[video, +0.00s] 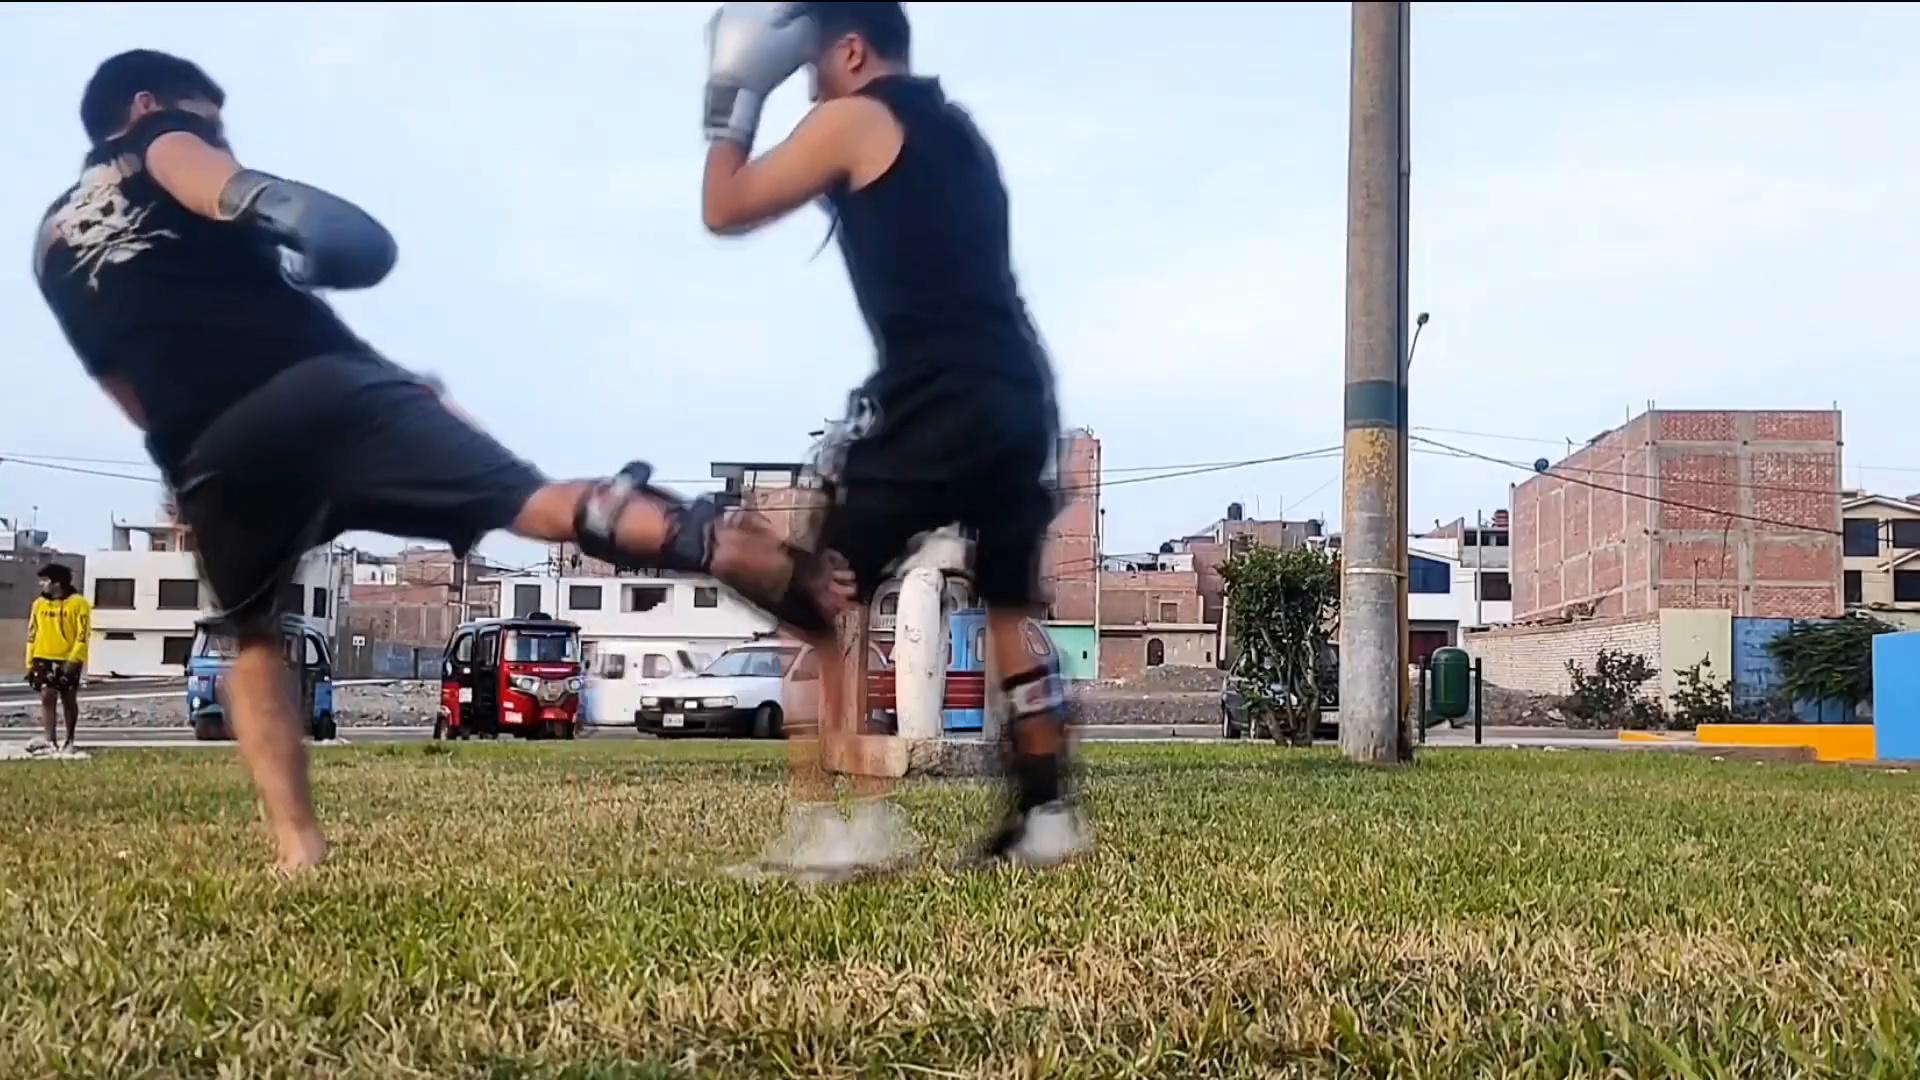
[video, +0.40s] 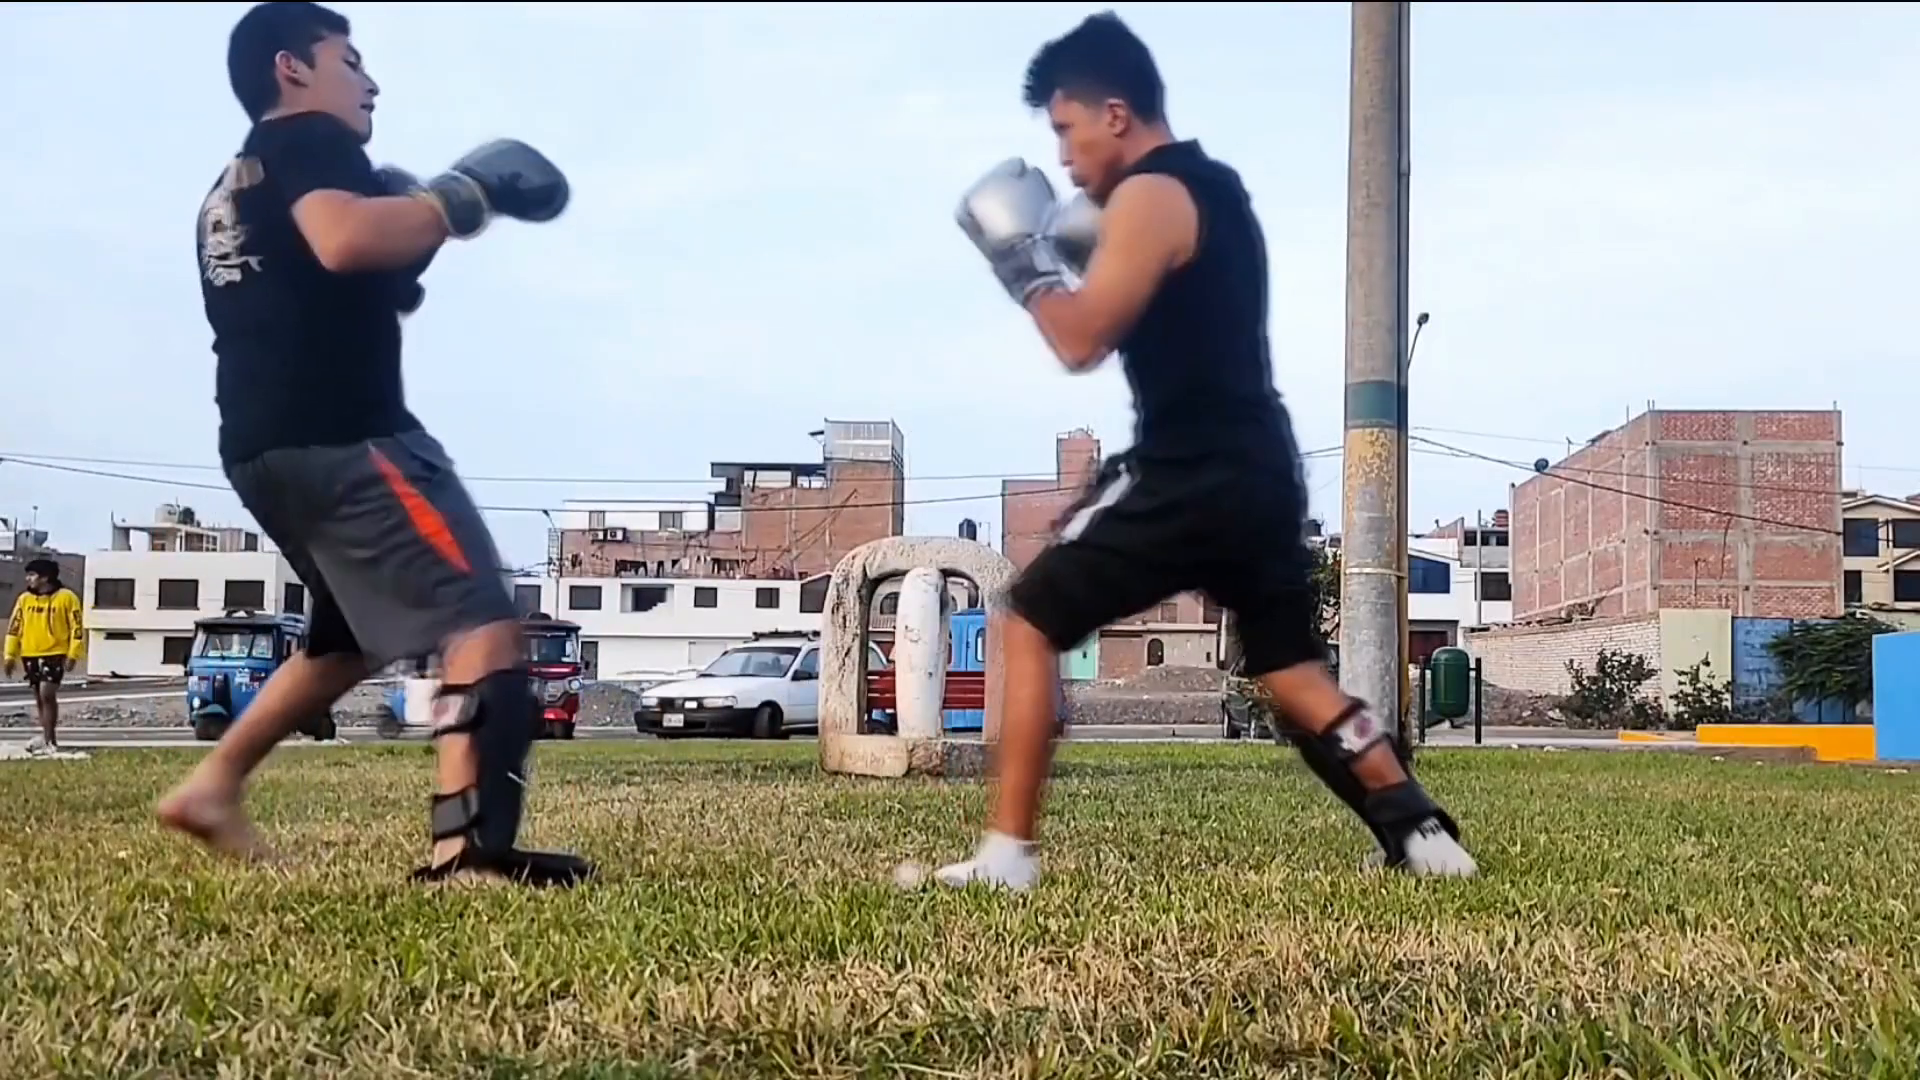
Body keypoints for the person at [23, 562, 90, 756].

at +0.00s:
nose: (42, 584)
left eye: (46, 581)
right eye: (42, 581)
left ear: (58, 583)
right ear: (53, 583)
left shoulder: (78, 604)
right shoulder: (39, 604)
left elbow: (82, 636)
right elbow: (32, 635)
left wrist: (74, 661)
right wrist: (30, 663)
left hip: (68, 659)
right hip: (44, 658)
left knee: (68, 700)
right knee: (47, 698)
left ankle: (69, 739)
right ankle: (49, 739)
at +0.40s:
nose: (28, 579)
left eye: (32, 575)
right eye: (28, 575)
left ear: (46, 577)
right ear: (34, 578)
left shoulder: (67, 598)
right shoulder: (24, 599)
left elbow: (77, 629)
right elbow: (14, 628)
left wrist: (73, 654)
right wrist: (9, 655)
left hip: (55, 652)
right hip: (31, 653)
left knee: (47, 694)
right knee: (39, 697)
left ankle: (49, 739)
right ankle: (48, 738)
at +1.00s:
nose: (4, 574)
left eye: (8, 571)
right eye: (4, 570)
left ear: (22, 572)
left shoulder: (44, 592)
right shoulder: (3, 591)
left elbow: (52, 625)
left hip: (32, 655)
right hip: (5, 653)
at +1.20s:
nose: (1, 576)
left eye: (3, 571)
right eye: (1, 571)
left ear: (10, 571)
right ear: (8, 571)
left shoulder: (29, 591)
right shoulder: (4, 592)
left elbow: (35, 627)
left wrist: (21, 655)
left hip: (18, 653)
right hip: (4, 652)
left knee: (21, 695)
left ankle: (29, 730)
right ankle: (3, 728)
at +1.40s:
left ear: (2, 564)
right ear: (4, 564)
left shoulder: (13, 585)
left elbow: (19, 624)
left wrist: (8, 652)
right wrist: (8, 651)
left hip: (6, 652)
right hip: (4, 651)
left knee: (5, 699)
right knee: (5, 699)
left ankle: (18, 733)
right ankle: (9, 736)